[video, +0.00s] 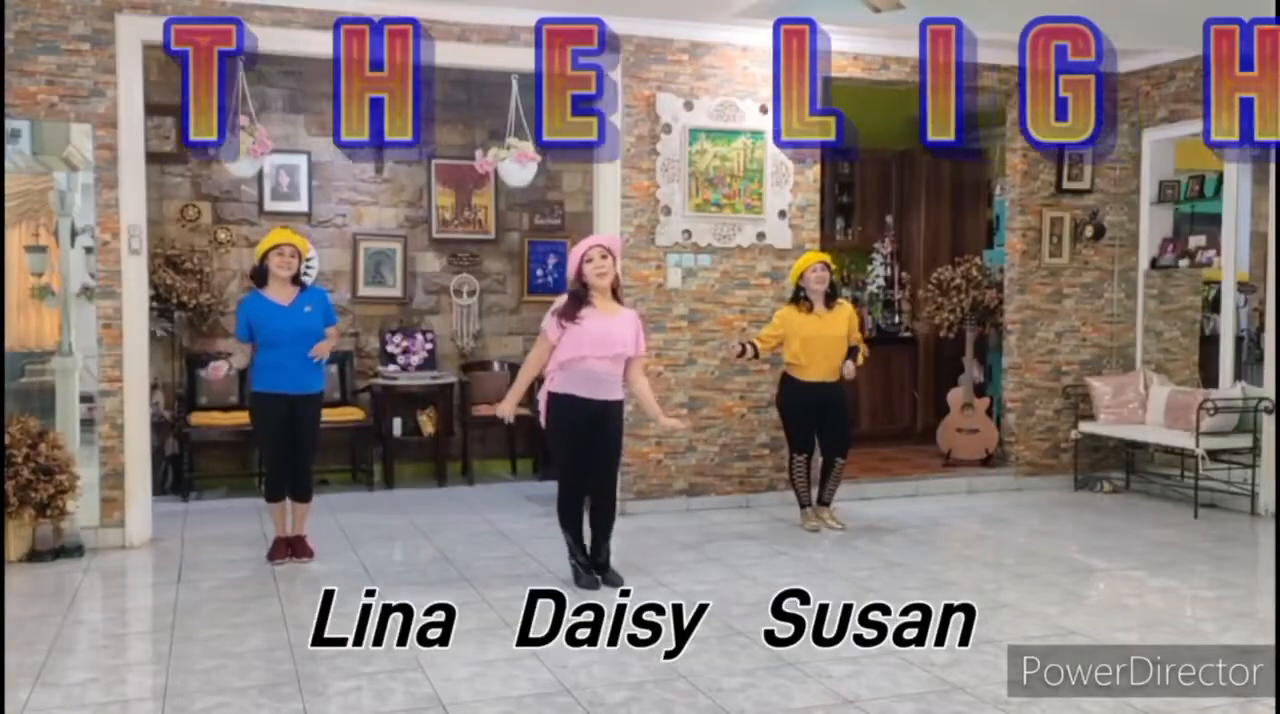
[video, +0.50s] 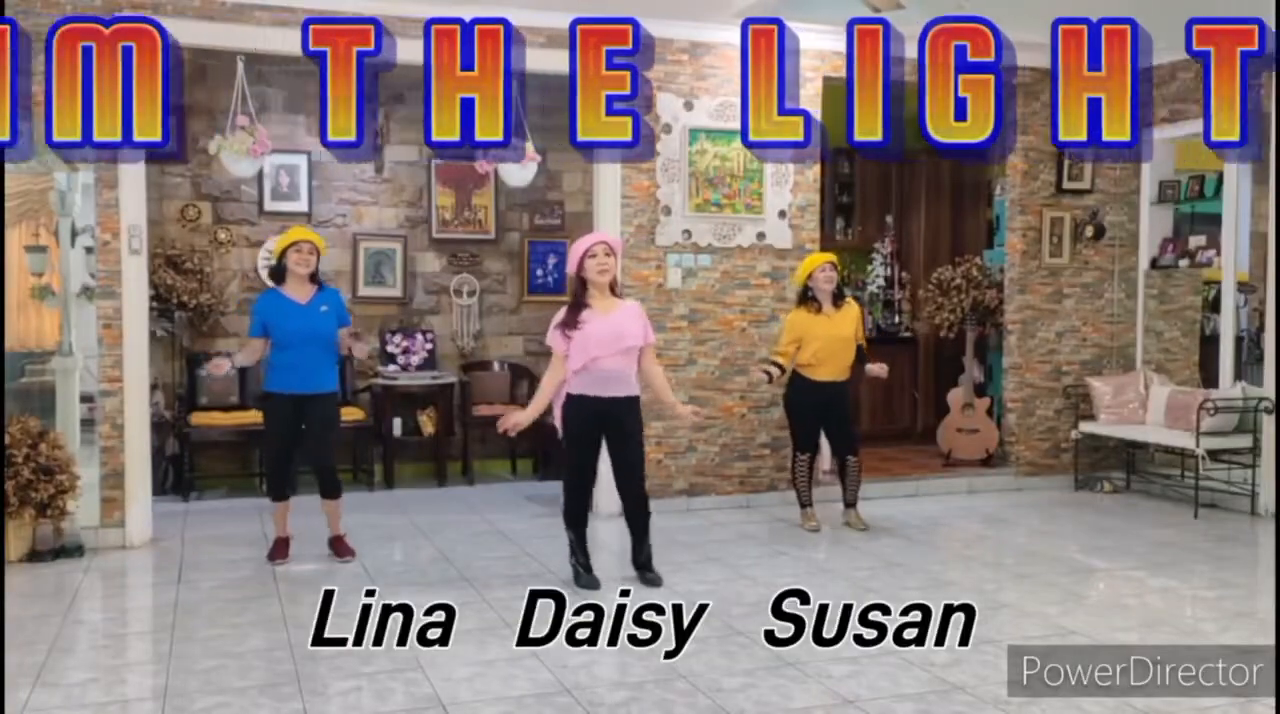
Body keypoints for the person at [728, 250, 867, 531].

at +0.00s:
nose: (820, 275)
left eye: (824, 270)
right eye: (813, 271)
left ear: (830, 276)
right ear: (801, 280)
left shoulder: (844, 310)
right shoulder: (788, 314)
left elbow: (857, 343)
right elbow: (764, 343)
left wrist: (852, 360)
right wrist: (743, 349)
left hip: (831, 389)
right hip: (796, 389)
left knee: (838, 449)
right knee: (801, 449)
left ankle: (824, 507)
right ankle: (806, 510)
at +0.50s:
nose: (828, 275)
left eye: (832, 270)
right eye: (821, 271)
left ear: (838, 277)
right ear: (809, 281)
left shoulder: (851, 310)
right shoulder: (799, 316)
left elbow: (859, 345)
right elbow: (783, 355)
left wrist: (867, 365)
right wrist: (769, 372)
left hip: (837, 389)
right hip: (803, 388)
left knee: (849, 451)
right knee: (805, 449)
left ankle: (851, 509)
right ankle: (807, 509)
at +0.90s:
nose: (847, 272)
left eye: (849, 268)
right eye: (840, 269)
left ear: (854, 275)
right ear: (826, 279)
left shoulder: (868, 309)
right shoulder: (816, 313)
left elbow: (876, 345)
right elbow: (805, 350)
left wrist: (897, 352)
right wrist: (796, 368)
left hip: (853, 387)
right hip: (819, 386)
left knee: (855, 450)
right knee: (818, 448)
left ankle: (851, 509)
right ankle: (810, 509)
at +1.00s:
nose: (852, 273)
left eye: (854, 268)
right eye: (845, 269)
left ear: (859, 275)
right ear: (830, 278)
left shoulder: (870, 310)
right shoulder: (818, 313)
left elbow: (878, 345)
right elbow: (806, 349)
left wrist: (898, 354)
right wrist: (799, 366)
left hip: (856, 387)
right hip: (823, 386)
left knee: (857, 450)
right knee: (825, 449)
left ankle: (851, 509)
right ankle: (817, 508)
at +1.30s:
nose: (856, 273)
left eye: (859, 269)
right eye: (850, 269)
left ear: (863, 276)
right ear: (835, 278)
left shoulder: (874, 312)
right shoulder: (820, 312)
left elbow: (882, 348)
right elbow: (807, 346)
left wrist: (908, 347)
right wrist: (804, 359)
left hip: (859, 388)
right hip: (826, 388)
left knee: (858, 449)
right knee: (831, 450)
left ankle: (852, 509)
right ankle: (830, 508)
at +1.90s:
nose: (839, 277)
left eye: (841, 272)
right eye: (831, 272)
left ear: (846, 279)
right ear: (817, 280)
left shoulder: (855, 314)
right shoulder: (801, 313)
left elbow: (859, 351)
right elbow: (781, 349)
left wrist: (855, 378)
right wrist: (764, 374)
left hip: (837, 391)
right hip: (800, 389)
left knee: (844, 452)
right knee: (800, 452)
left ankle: (849, 509)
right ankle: (803, 511)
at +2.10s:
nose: (834, 279)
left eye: (836, 274)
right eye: (828, 274)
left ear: (839, 280)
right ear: (812, 281)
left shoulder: (849, 312)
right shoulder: (796, 316)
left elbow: (858, 347)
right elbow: (776, 349)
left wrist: (852, 372)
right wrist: (758, 363)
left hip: (832, 391)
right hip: (795, 390)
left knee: (841, 453)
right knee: (797, 452)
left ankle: (839, 510)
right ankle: (802, 512)